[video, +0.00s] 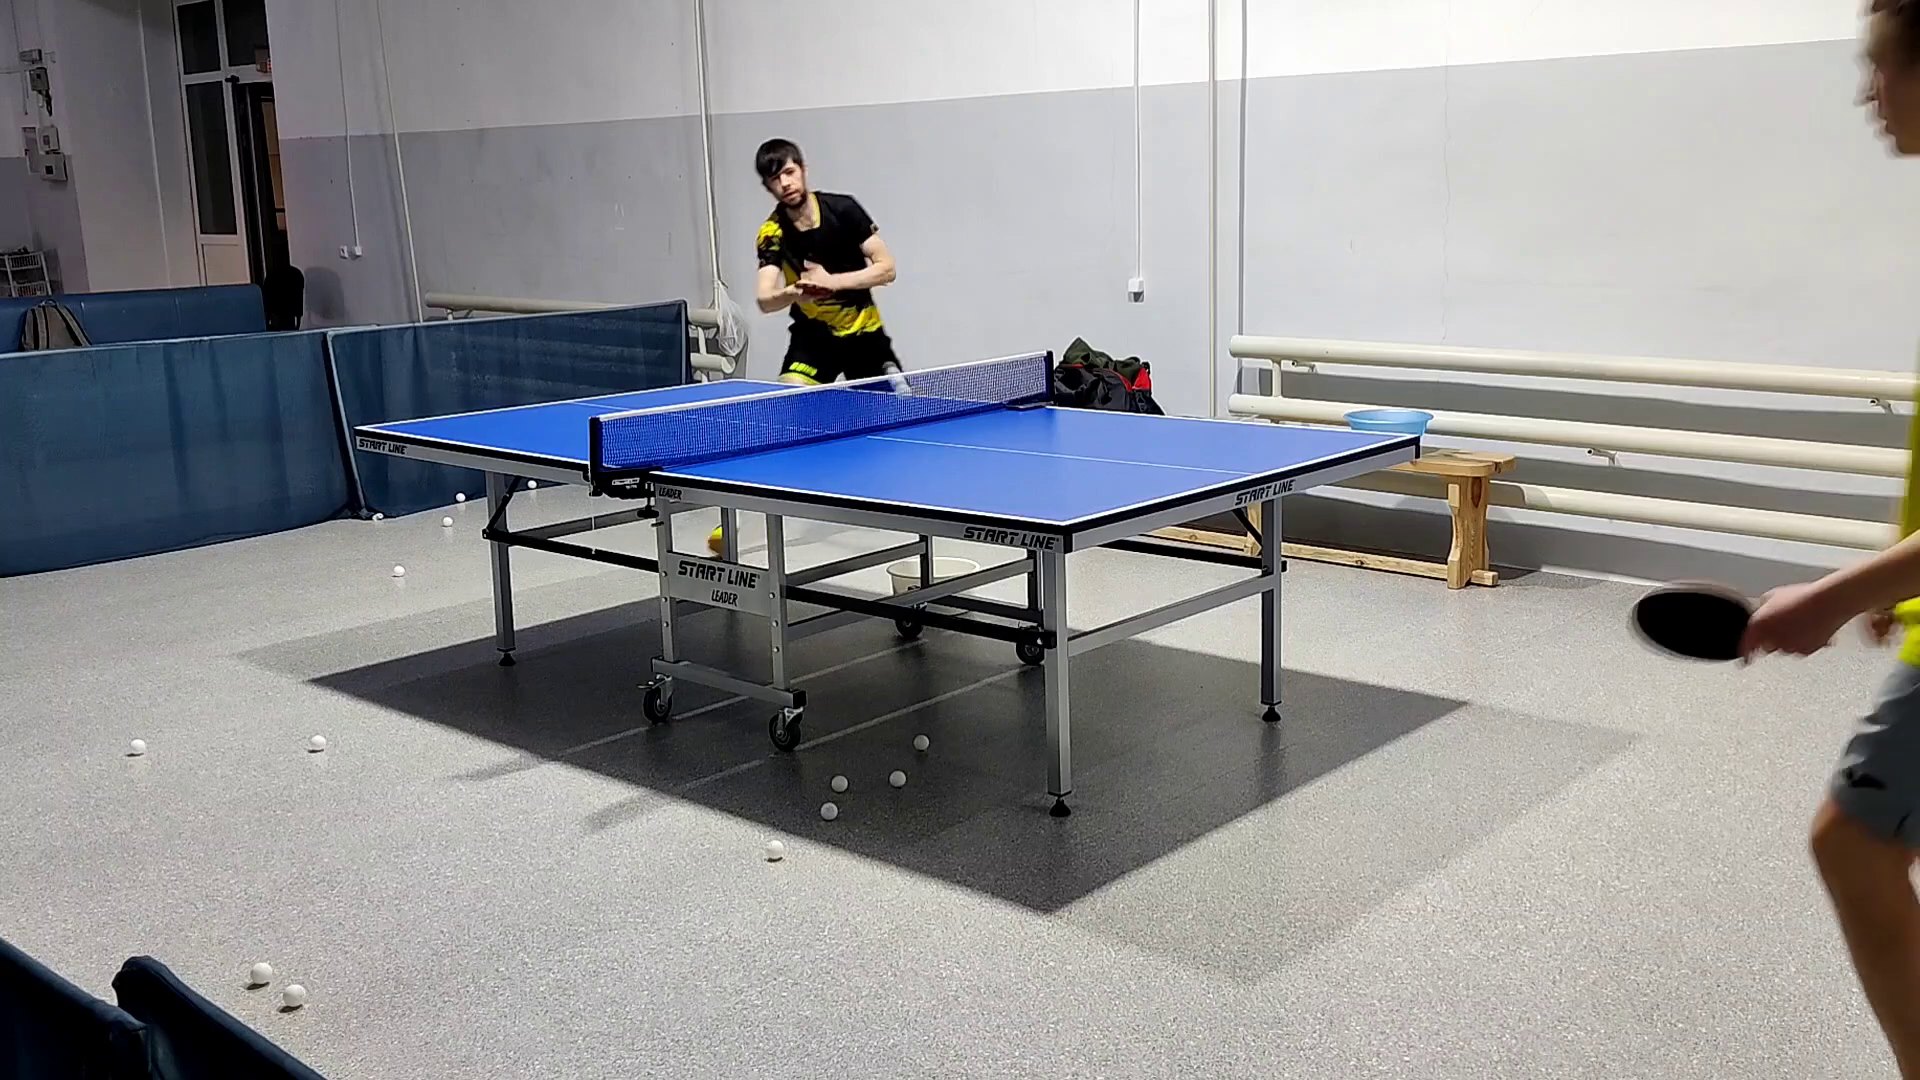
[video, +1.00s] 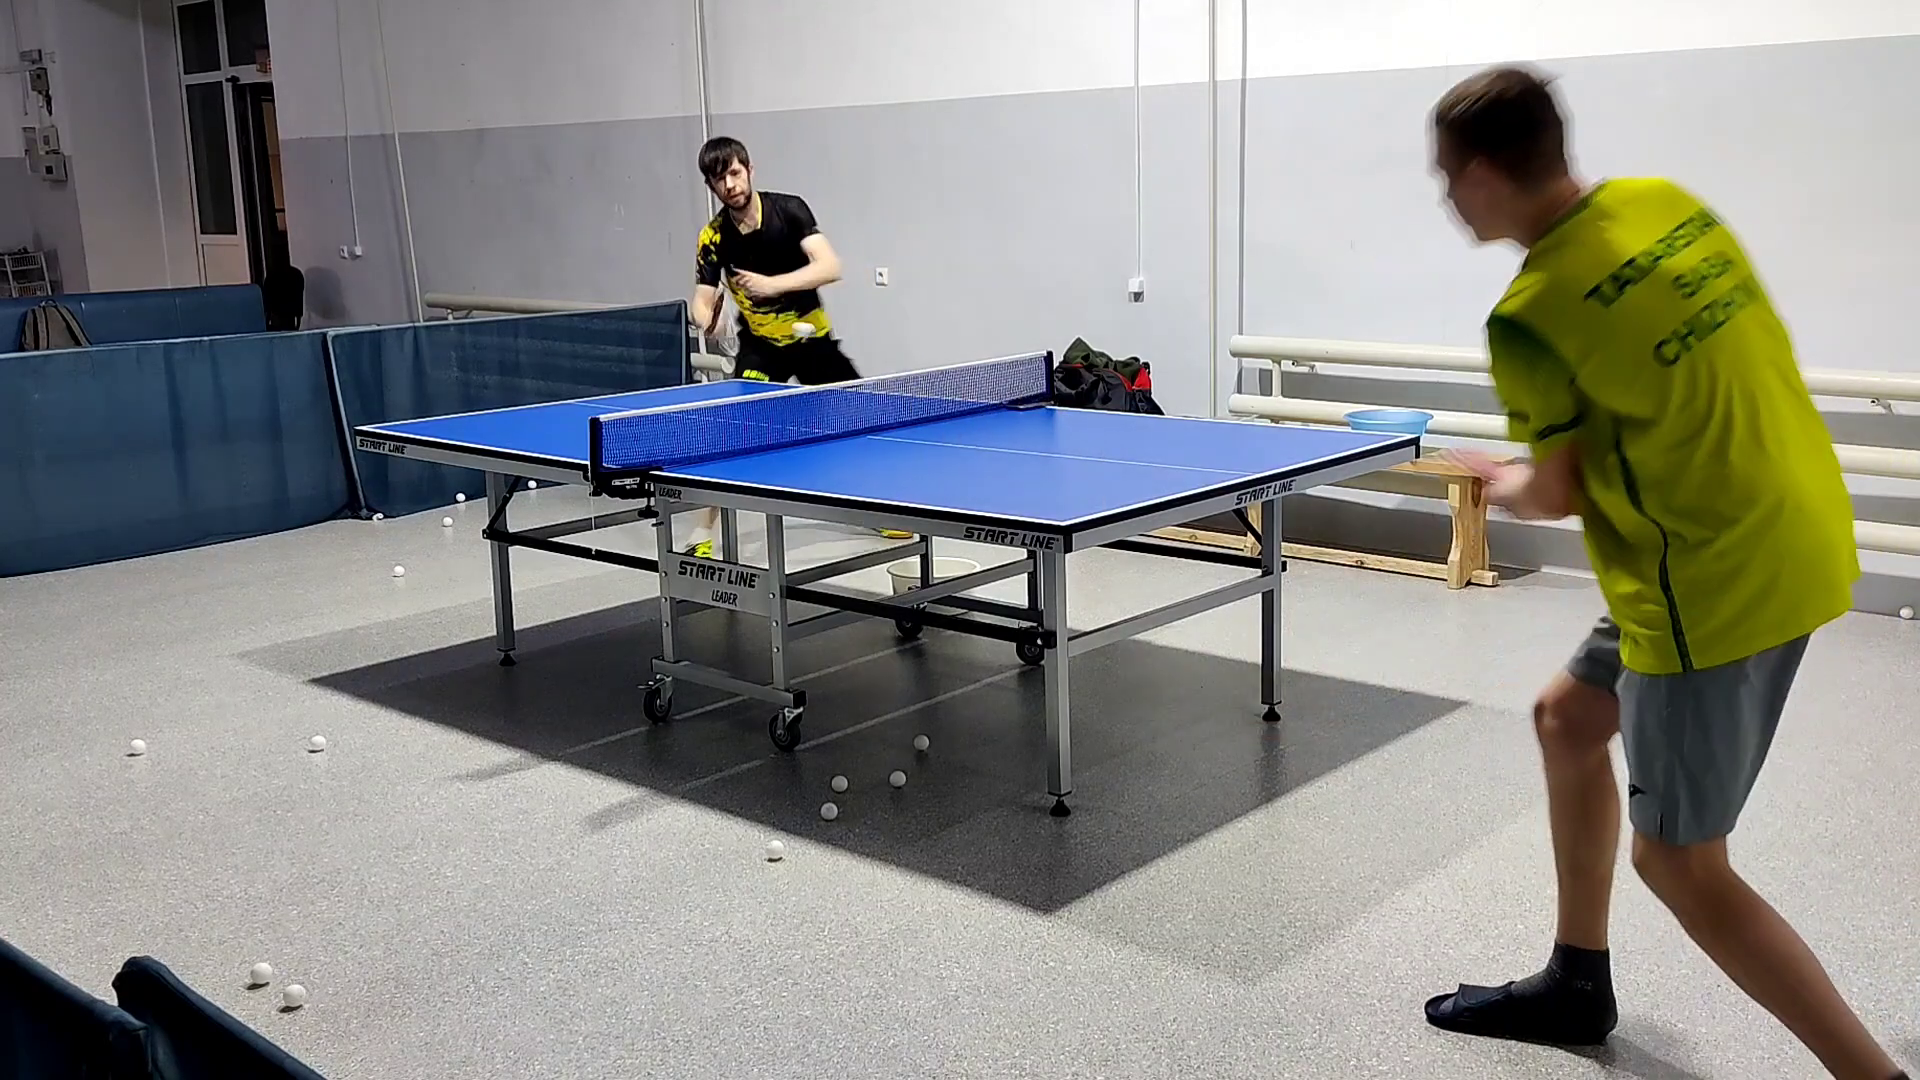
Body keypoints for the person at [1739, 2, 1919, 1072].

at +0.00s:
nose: (1869, 87)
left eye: (1884, 60)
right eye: (1871, 61)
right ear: (1905, 69)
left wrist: (1844, 592)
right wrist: (1896, 579)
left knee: (1855, 842)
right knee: (1868, 842)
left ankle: (1913, 1058)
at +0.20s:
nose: (1723, 139)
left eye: (1733, 114)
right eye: (1722, 115)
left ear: (1796, 102)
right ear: (1802, 103)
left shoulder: (1907, 234)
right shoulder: (1843, 201)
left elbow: (1918, 505)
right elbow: (1803, 371)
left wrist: (1758, 628)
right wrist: (1744, 538)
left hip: (1908, 625)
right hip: (1841, 601)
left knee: (1819, 860)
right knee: (1701, 744)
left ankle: (1904, 1060)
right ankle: (1833, 984)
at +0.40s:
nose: (1549, 194)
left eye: (1559, 171)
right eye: (1545, 172)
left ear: (1622, 157)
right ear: (1623, 157)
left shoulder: (1765, 272)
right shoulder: (1667, 242)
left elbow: (1764, 518)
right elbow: (1643, 385)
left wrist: (1611, 626)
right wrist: (1631, 535)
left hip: (1845, 594)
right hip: (1751, 575)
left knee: (1772, 850)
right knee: (1597, 729)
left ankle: (1906, 1067)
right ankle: (1580, 986)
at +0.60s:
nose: (1419, 302)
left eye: (1422, 280)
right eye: (1413, 282)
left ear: (1482, 266)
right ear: (1501, 249)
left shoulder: (1579, 384)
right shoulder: (1612, 262)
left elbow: (1500, 599)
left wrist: (1331, 689)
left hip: (1746, 613)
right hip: (1684, 572)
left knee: (1648, 870)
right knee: (1526, 720)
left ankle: (1881, 1066)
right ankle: (1574, 983)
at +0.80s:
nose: (1393, 293)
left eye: (1390, 273)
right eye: (1385, 274)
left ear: (1434, 266)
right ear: (1493, 234)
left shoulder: (1503, 386)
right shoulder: (1596, 257)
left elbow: (1441, 543)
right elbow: (1669, 402)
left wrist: (1352, 577)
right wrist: (1583, 510)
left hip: (1715, 615)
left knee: (1638, 871)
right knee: (1524, 714)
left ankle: (1879, 1065)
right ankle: (1572, 982)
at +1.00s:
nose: (1448, 199)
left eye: (1451, 178)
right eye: (1443, 179)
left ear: (1497, 171)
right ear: (1550, 155)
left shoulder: (1532, 312)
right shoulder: (1662, 198)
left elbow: (1557, 496)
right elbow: (1712, 381)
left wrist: (1500, 485)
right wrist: (1577, 463)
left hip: (1713, 596)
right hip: (1796, 535)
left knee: (1677, 862)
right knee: (1569, 718)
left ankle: (1874, 1070)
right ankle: (1577, 981)